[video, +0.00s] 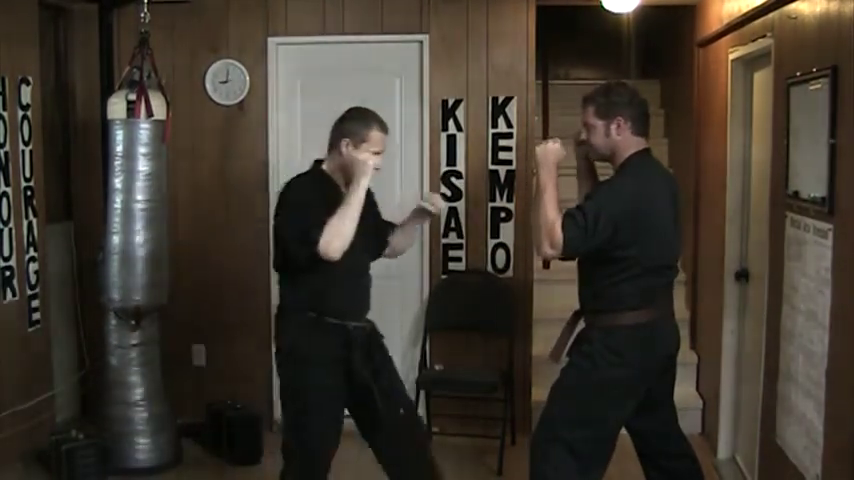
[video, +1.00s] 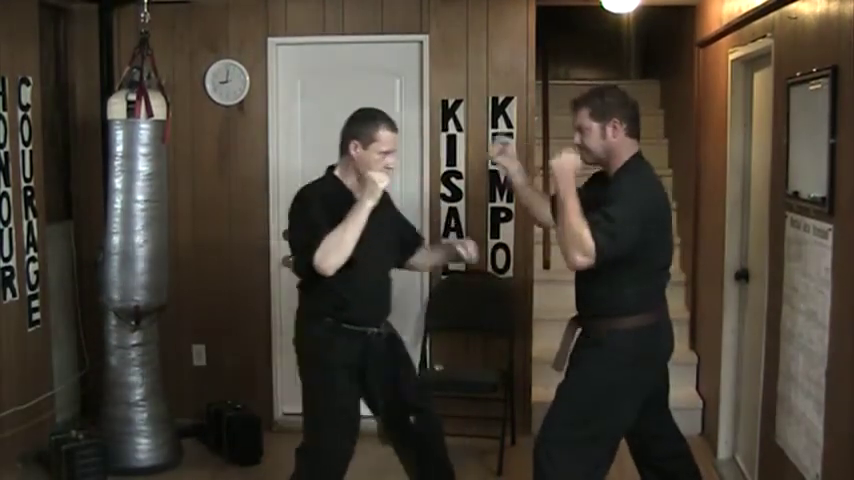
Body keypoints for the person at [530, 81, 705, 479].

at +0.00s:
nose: (584, 137)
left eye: (589, 128)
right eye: (583, 128)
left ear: (618, 127)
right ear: (625, 126)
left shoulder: (624, 187)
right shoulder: (662, 180)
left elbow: (555, 242)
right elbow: (599, 222)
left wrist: (546, 169)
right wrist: (585, 161)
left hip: (616, 342)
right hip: (657, 336)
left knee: (556, 450)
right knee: (664, 447)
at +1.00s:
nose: (575, 140)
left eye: (582, 131)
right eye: (575, 131)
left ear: (613, 130)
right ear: (612, 131)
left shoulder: (633, 188)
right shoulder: (612, 182)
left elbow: (580, 255)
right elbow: (551, 215)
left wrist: (566, 182)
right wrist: (516, 176)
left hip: (621, 342)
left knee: (558, 456)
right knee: (659, 450)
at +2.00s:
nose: (585, 136)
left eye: (590, 126)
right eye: (584, 127)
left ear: (621, 126)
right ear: (624, 127)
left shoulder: (623, 186)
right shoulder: (659, 181)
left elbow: (556, 238)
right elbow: (591, 229)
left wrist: (543, 164)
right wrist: (575, 167)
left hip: (613, 341)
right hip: (652, 336)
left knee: (555, 452)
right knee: (661, 447)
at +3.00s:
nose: (586, 135)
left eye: (591, 125)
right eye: (585, 125)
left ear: (621, 126)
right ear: (626, 126)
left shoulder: (621, 187)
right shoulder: (662, 179)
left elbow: (550, 247)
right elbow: (602, 220)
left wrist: (540, 185)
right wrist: (587, 163)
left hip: (616, 342)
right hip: (659, 337)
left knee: (557, 455)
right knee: (666, 449)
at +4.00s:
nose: (577, 141)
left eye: (583, 131)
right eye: (578, 132)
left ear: (615, 129)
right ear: (615, 131)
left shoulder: (637, 188)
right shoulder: (622, 180)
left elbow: (574, 250)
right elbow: (566, 216)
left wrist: (555, 175)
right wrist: (546, 170)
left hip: (627, 343)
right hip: (630, 336)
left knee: (559, 456)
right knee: (659, 448)